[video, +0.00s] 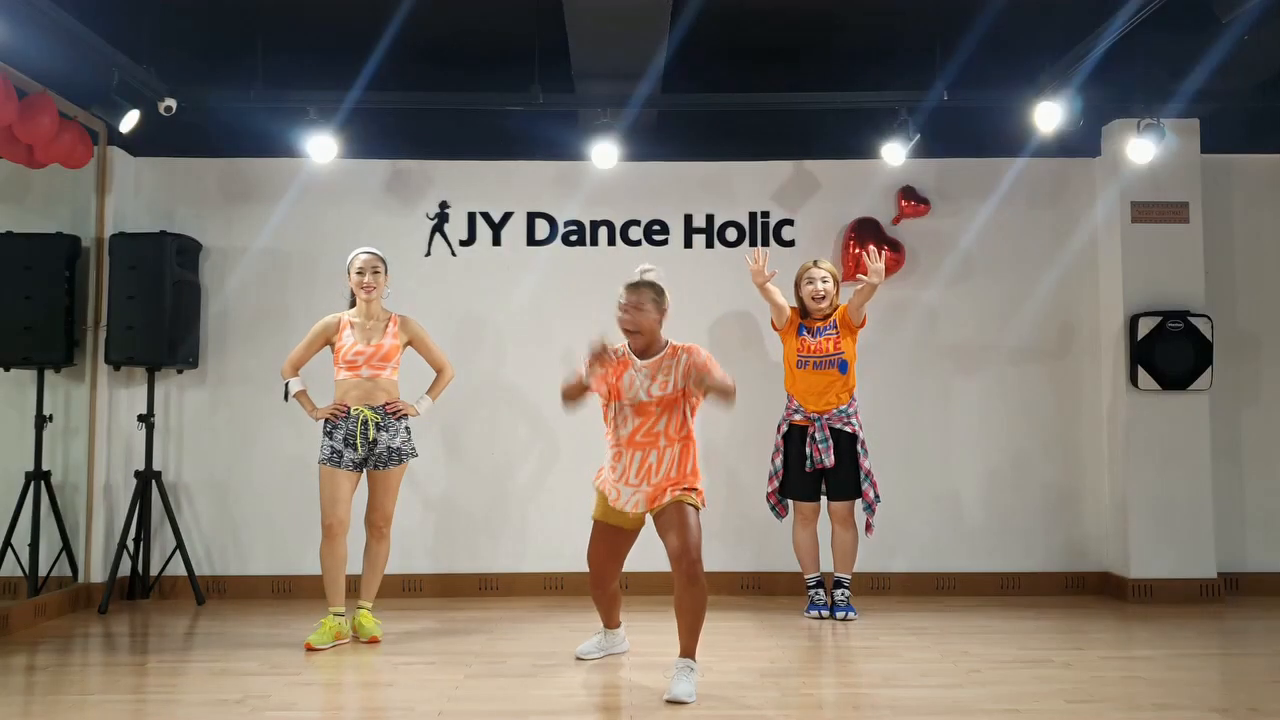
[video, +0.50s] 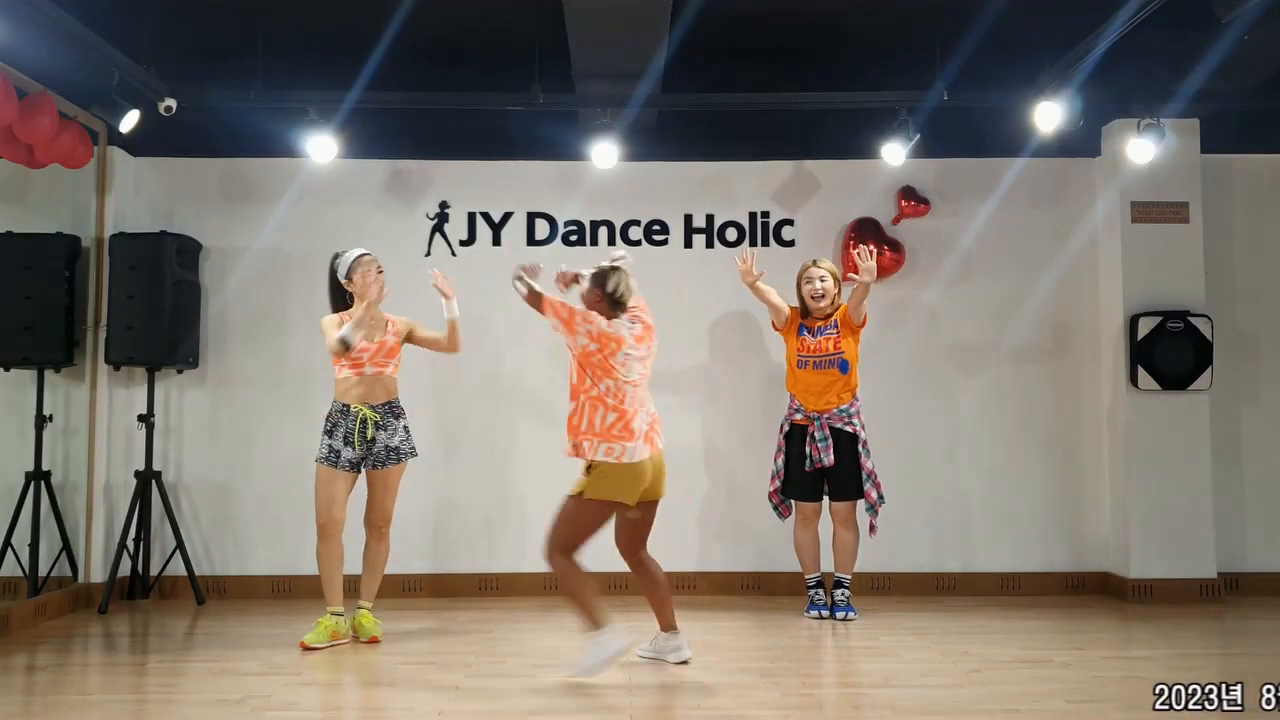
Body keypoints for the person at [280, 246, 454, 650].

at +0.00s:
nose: (367, 279)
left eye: (375, 272)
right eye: (360, 273)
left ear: (386, 280)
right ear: (349, 280)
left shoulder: (403, 326)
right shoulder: (333, 326)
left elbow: (447, 370)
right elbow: (289, 369)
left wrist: (419, 407)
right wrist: (314, 410)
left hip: (389, 428)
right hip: (341, 427)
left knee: (379, 525)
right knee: (332, 526)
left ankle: (365, 612)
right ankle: (336, 618)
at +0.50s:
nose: (379, 275)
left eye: (380, 269)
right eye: (370, 271)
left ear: (383, 279)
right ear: (349, 283)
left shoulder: (399, 325)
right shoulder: (334, 321)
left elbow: (451, 344)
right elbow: (338, 346)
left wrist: (449, 300)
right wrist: (360, 318)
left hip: (388, 423)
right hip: (343, 423)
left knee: (379, 525)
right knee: (328, 524)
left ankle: (365, 612)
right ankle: (335, 617)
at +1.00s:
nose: (380, 282)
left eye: (383, 276)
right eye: (369, 276)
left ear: (389, 284)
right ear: (349, 285)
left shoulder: (395, 326)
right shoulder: (332, 321)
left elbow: (450, 336)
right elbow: (354, 338)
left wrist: (445, 300)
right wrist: (385, 300)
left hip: (391, 424)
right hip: (345, 424)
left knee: (379, 525)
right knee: (330, 525)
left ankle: (364, 611)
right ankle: (335, 617)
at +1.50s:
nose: (364, 271)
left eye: (369, 266)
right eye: (355, 267)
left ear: (379, 278)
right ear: (342, 282)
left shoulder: (395, 324)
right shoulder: (329, 320)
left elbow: (447, 338)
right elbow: (337, 336)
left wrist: (441, 295)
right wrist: (356, 301)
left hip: (389, 422)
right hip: (343, 422)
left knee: (378, 525)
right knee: (328, 524)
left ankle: (364, 612)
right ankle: (335, 618)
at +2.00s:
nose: (369, 276)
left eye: (376, 270)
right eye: (361, 271)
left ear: (386, 279)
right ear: (350, 281)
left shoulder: (401, 320)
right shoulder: (335, 320)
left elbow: (410, 346)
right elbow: (343, 350)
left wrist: (395, 301)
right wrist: (364, 316)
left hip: (392, 423)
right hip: (346, 422)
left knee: (380, 526)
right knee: (332, 525)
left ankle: (364, 612)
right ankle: (335, 617)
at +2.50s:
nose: (367, 276)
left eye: (374, 269)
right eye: (359, 271)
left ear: (385, 278)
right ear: (349, 281)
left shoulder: (401, 321)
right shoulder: (334, 320)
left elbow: (404, 345)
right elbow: (335, 350)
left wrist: (386, 306)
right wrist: (359, 316)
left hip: (389, 423)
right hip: (344, 422)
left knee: (379, 524)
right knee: (327, 524)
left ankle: (366, 609)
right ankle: (336, 601)